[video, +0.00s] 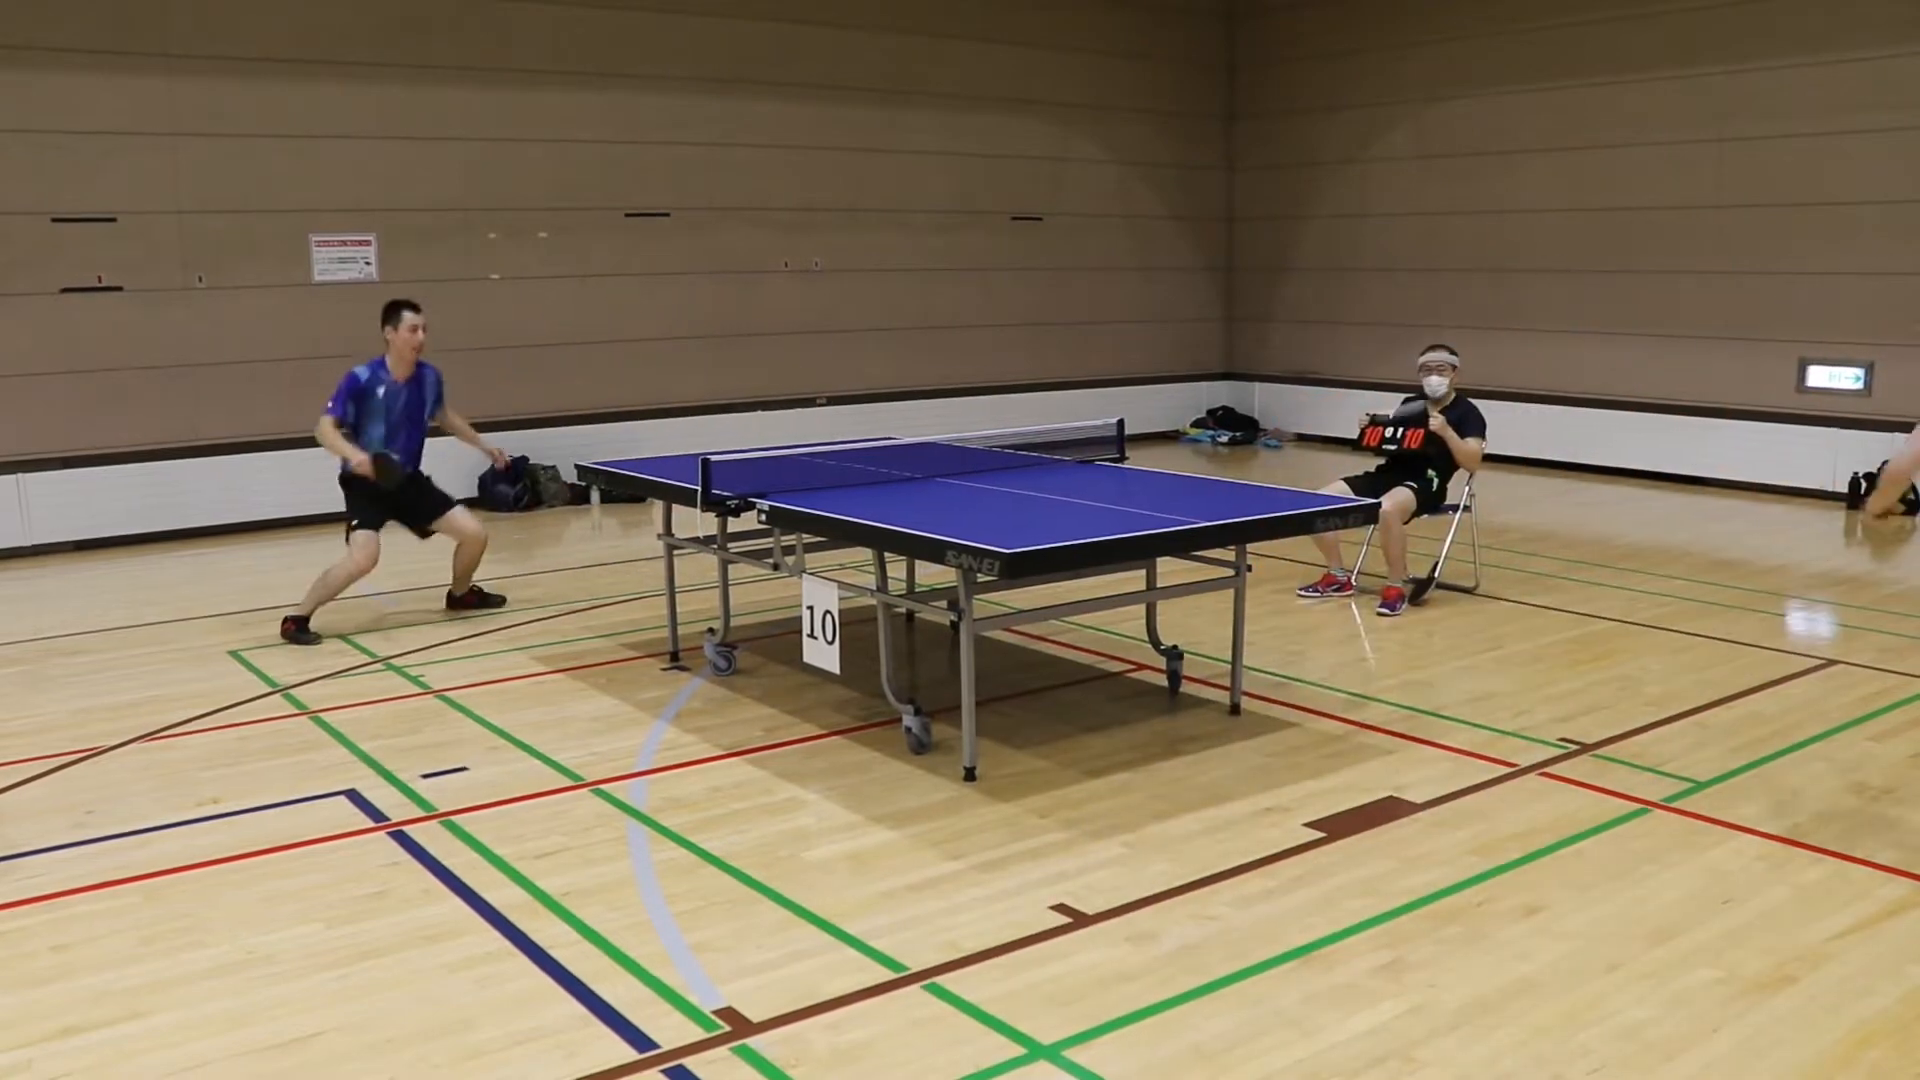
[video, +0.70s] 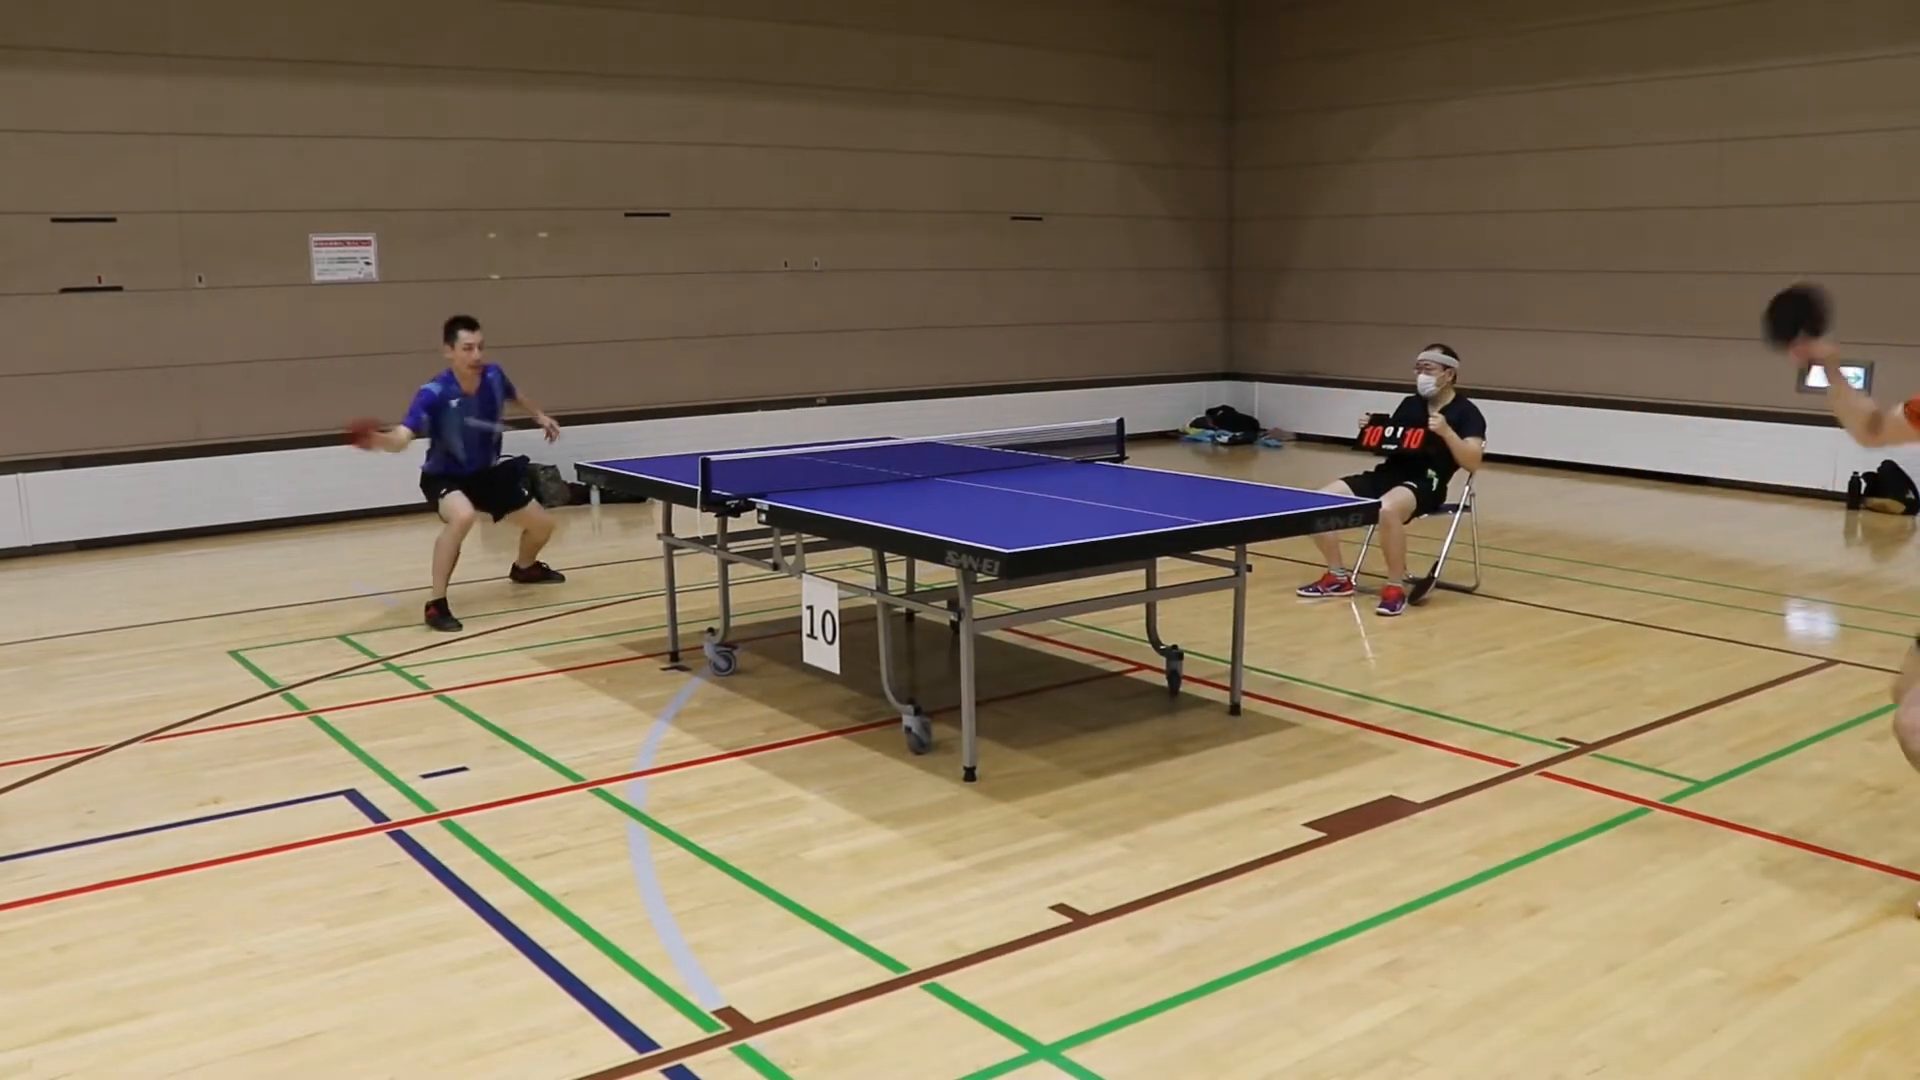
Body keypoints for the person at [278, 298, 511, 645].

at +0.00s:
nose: (421, 337)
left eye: (423, 330)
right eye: (413, 330)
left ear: (424, 333)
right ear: (390, 334)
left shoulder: (429, 378)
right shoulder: (361, 379)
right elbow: (324, 429)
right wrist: (355, 456)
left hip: (407, 480)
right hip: (364, 481)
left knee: (474, 534)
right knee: (363, 557)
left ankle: (461, 594)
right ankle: (297, 618)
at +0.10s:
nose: (421, 310)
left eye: (423, 303)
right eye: (412, 303)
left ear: (425, 307)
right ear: (389, 308)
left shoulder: (430, 350)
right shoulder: (368, 355)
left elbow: (442, 389)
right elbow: (337, 409)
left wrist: (480, 415)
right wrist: (373, 438)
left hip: (420, 456)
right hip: (380, 461)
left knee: (486, 516)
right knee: (364, 546)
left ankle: (464, 589)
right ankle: (299, 618)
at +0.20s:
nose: (430, 283)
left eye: (432, 276)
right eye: (421, 277)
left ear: (433, 281)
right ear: (399, 281)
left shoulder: (439, 321)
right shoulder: (380, 330)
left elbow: (448, 358)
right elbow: (354, 385)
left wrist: (478, 388)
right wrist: (392, 416)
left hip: (439, 433)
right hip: (401, 438)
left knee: (500, 488)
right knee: (381, 521)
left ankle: (481, 567)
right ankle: (320, 602)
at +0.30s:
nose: (446, 277)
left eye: (448, 270)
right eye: (438, 271)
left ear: (450, 275)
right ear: (415, 275)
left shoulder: (455, 313)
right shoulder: (395, 322)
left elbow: (464, 350)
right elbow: (370, 377)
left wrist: (487, 381)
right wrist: (410, 403)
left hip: (452, 419)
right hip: (413, 425)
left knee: (510, 484)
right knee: (419, 507)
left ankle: (503, 553)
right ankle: (372, 590)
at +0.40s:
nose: (465, 296)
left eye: (468, 289)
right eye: (457, 289)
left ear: (470, 291)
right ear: (435, 293)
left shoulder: (474, 328)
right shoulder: (416, 337)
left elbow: (483, 365)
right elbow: (387, 389)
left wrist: (506, 395)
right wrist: (430, 410)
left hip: (466, 430)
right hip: (426, 437)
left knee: (515, 499)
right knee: (448, 505)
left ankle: (525, 556)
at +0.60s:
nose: (490, 346)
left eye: (493, 338)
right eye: (482, 339)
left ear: (495, 339)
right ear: (461, 342)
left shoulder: (498, 372)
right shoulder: (442, 385)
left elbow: (514, 398)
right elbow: (416, 438)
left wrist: (539, 429)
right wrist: (448, 441)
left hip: (486, 469)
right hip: (446, 473)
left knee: (543, 519)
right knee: (467, 514)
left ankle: (525, 568)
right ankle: (438, 603)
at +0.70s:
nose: (476, 355)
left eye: (479, 347)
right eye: (467, 348)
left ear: (484, 348)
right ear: (449, 352)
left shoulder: (493, 377)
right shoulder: (435, 392)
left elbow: (514, 397)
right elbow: (401, 438)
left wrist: (541, 416)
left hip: (485, 474)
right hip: (443, 477)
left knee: (542, 525)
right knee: (462, 516)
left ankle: (525, 568)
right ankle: (437, 603)